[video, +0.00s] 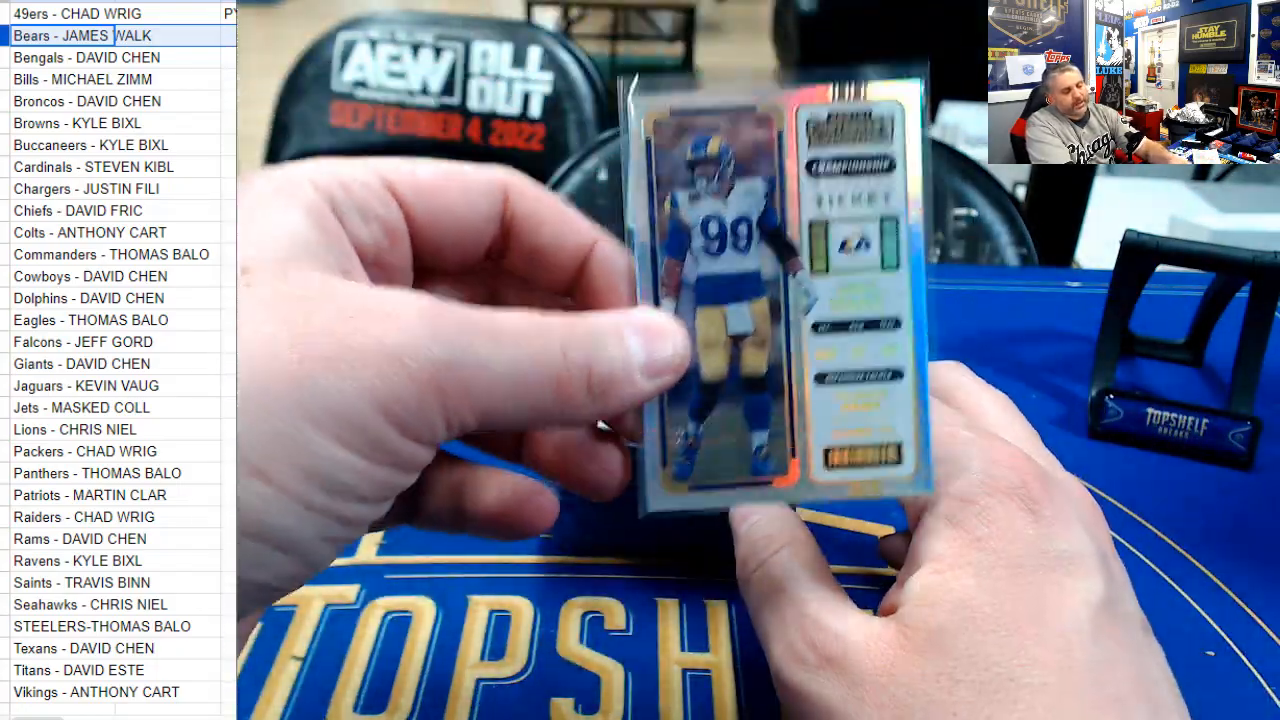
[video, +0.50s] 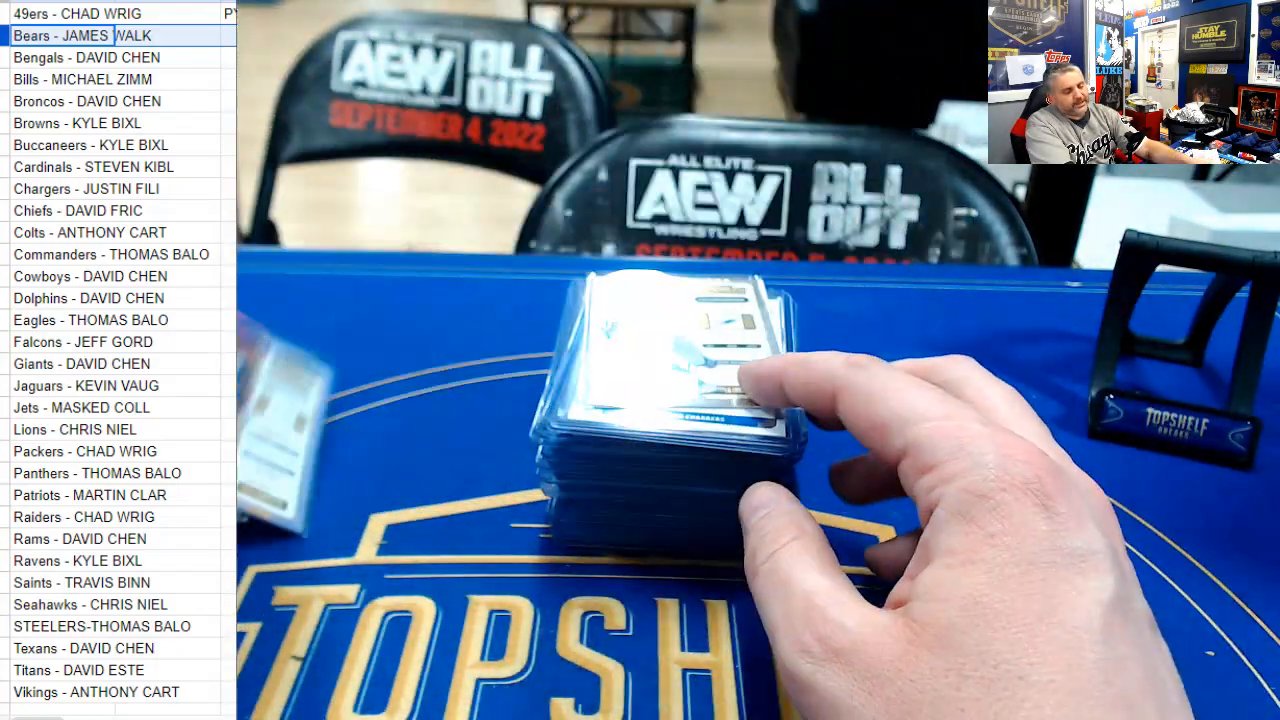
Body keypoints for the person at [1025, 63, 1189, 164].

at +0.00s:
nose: (1078, 95)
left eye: (1079, 85)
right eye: (1067, 91)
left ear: (1085, 84)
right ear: (1050, 100)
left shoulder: (1105, 114)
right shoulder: (1040, 124)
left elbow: (1146, 147)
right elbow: (1061, 178)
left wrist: (1177, 163)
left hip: (1114, 188)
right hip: (1071, 198)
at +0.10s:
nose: (1079, 95)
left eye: (1080, 86)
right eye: (1068, 92)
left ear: (1086, 85)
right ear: (1051, 100)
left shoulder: (1104, 114)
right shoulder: (1040, 124)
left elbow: (1146, 148)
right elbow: (1062, 176)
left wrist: (1174, 163)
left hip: (1113, 188)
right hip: (1071, 198)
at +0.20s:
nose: (1079, 95)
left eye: (1081, 86)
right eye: (1068, 92)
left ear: (1086, 85)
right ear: (1051, 100)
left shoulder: (1104, 114)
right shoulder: (1040, 124)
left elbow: (1146, 148)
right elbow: (1061, 176)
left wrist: (1174, 163)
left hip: (1113, 188)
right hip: (1071, 198)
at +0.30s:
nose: (1079, 95)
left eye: (1081, 86)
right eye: (1068, 92)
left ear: (1087, 84)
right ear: (1051, 99)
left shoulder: (1104, 114)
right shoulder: (1040, 124)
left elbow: (1146, 148)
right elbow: (1061, 178)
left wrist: (1180, 163)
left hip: (1114, 189)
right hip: (1070, 198)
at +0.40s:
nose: (1079, 95)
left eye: (1081, 86)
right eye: (1068, 91)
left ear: (1087, 86)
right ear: (1051, 99)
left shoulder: (1103, 113)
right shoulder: (1040, 125)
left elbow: (1146, 149)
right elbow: (1061, 177)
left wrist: (1184, 161)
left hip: (1112, 187)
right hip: (1072, 198)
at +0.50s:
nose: (1079, 95)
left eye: (1080, 86)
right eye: (1068, 91)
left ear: (1086, 86)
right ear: (1051, 100)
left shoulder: (1102, 113)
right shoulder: (1040, 124)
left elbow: (1148, 148)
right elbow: (1063, 177)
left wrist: (1190, 163)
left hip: (1112, 186)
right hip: (1072, 197)